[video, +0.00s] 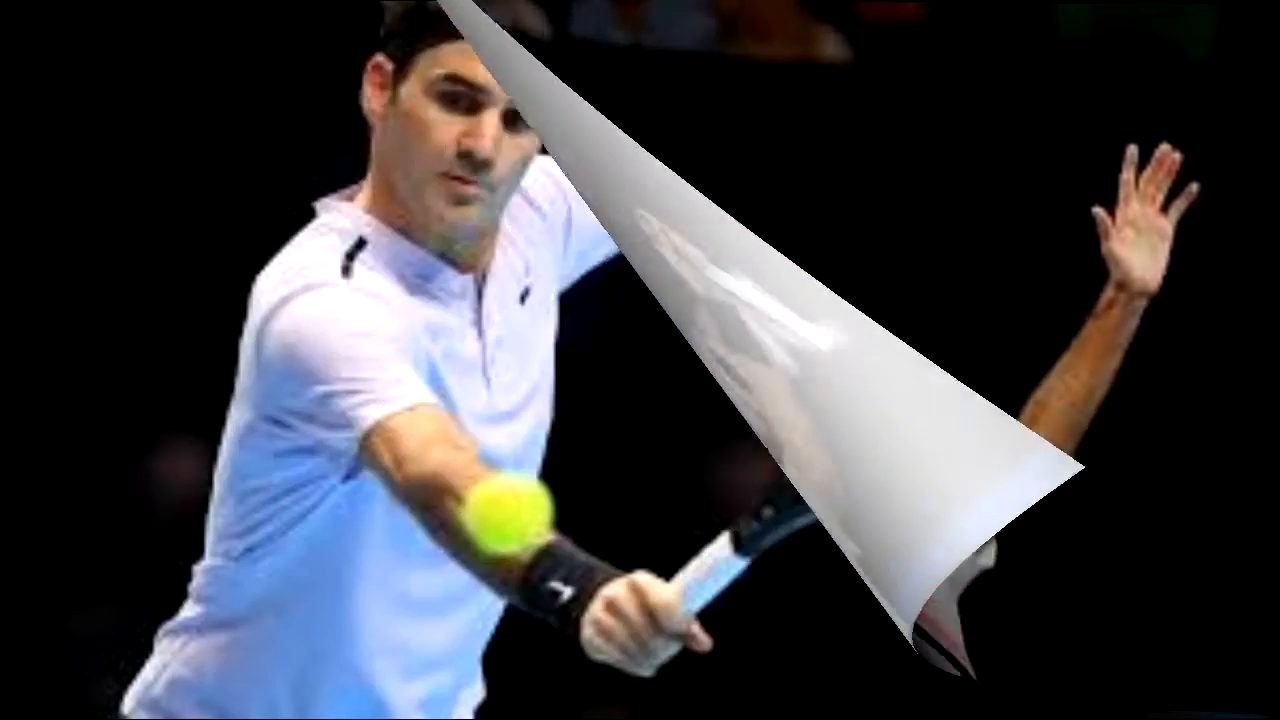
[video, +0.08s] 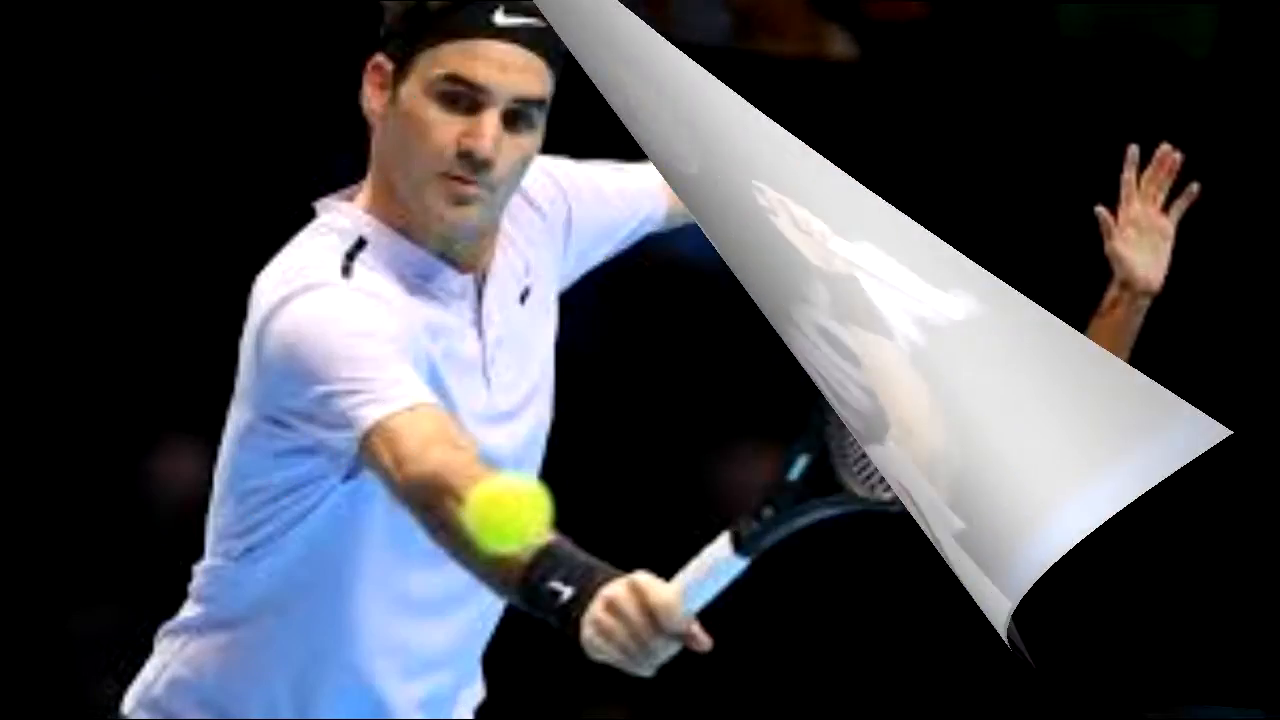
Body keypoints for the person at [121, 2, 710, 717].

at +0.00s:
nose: (483, 145)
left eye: (518, 121)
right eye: (455, 100)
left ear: (539, 139)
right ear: (381, 89)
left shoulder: (544, 212)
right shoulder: (323, 308)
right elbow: (436, 473)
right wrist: (579, 589)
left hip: (430, 705)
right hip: (238, 705)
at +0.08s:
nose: (484, 144)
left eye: (518, 118)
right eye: (455, 100)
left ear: (539, 135)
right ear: (380, 89)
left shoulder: (547, 210)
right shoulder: (322, 307)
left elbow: (710, 179)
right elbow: (437, 473)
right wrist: (580, 589)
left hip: (428, 704)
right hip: (235, 704)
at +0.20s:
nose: (484, 144)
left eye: (519, 119)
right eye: (455, 101)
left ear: (541, 134)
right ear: (380, 90)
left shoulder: (543, 210)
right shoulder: (321, 305)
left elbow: (736, 168)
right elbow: (432, 472)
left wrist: (916, 123)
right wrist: (579, 590)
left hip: (427, 704)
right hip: (242, 704)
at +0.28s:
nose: (482, 144)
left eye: (518, 118)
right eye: (454, 99)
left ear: (542, 133)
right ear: (380, 91)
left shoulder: (544, 215)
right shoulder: (321, 305)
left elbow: (737, 171)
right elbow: (433, 473)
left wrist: (948, 119)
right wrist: (578, 588)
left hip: (431, 707)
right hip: (238, 706)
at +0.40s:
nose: (484, 144)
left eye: (518, 118)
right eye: (455, 101)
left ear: (539, 132)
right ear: (379, 93)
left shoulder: (546, 211)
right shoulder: (319, 304)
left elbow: (747, 171)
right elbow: (434, 474)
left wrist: (1010, 103)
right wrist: (579, 588)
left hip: (419, 706)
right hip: (237, 706)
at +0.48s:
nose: (483, 141)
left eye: (519, 116)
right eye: (455, 99)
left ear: (540, 130)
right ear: (379, 93)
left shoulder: (545, 209)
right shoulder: (321, 300)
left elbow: (752, 171)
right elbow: (435, 476)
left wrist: (1010, 104)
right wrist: (577, 589)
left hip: (427, 705)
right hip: (238, 703)